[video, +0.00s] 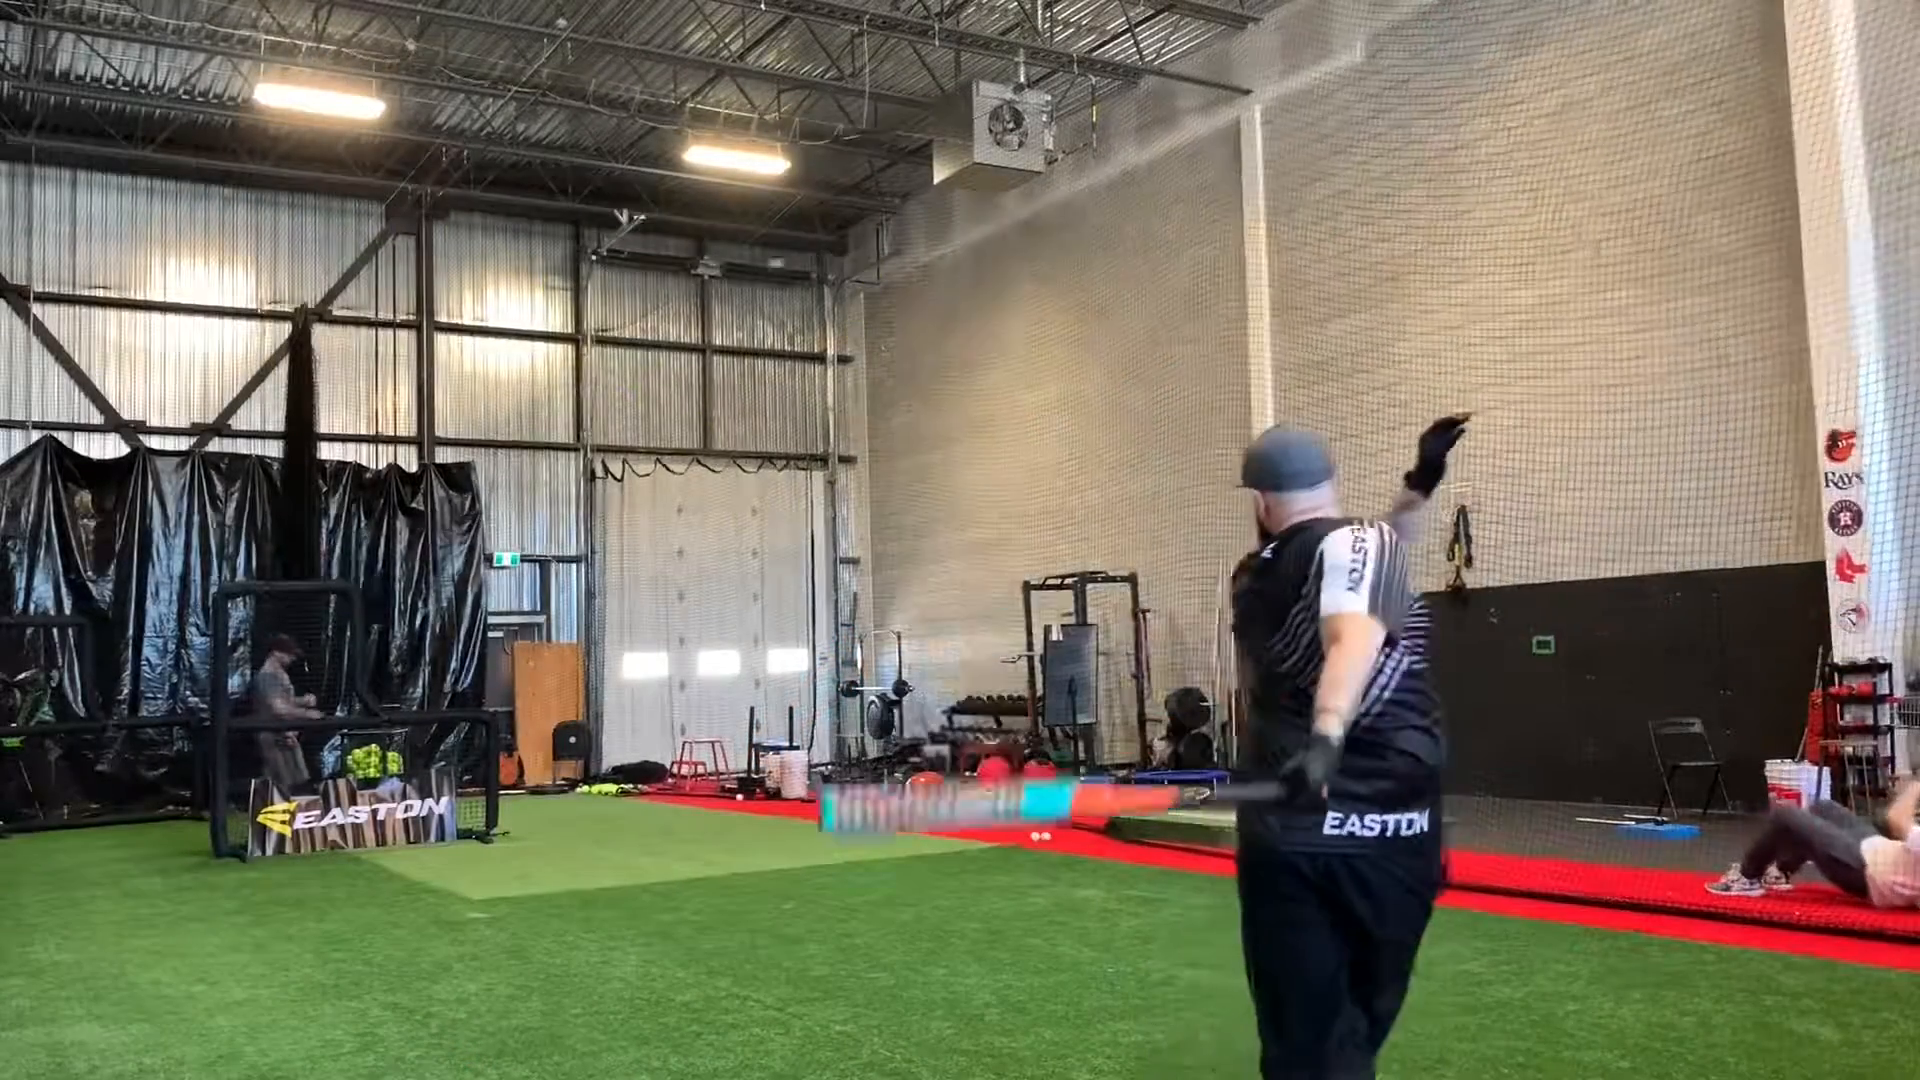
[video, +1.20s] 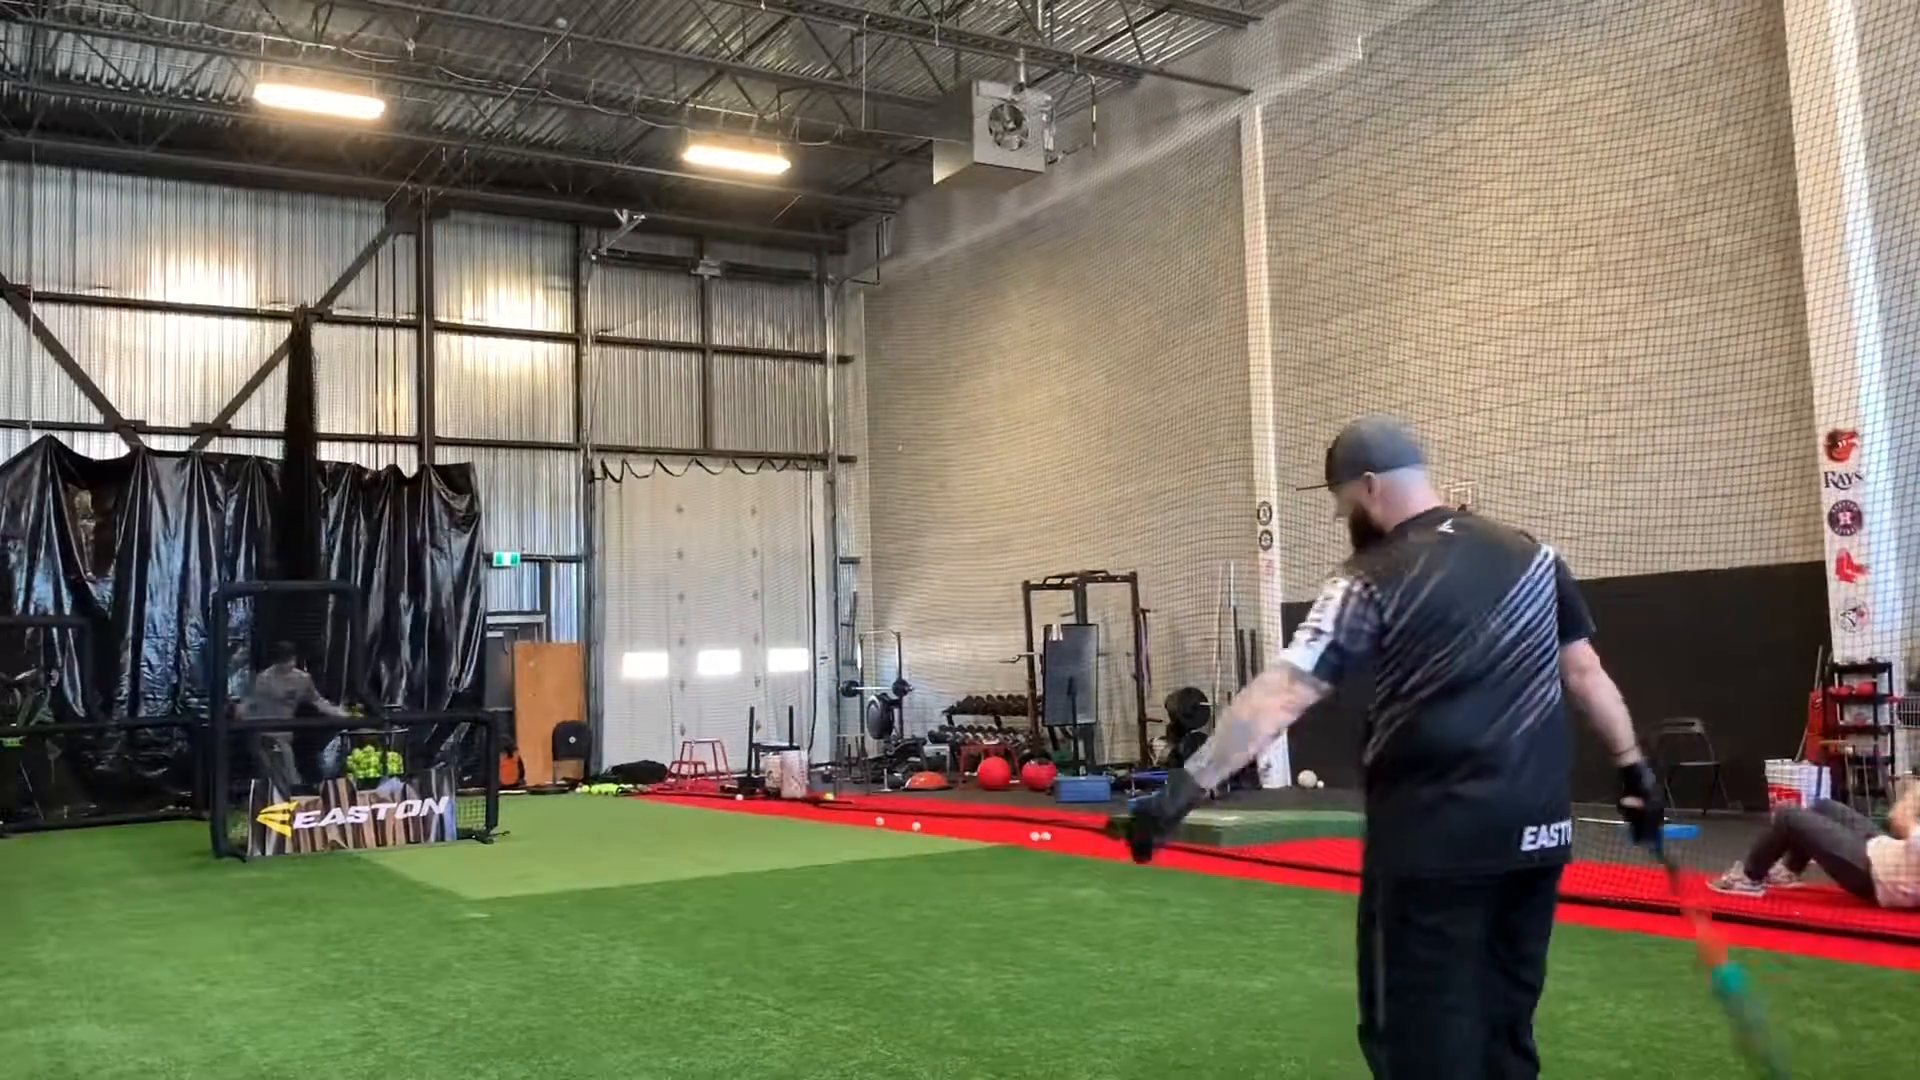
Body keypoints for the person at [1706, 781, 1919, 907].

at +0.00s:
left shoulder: (1919, 843)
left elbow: (1897, 819)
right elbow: (1901, 820)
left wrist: (1912, 788)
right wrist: (1912, 790)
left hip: (1868, 871)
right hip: (1882, 851)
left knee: (1785, 816)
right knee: (1824, 807)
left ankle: (1747, 875)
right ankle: (1781, 871)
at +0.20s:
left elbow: (1904, 821)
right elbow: (1904, 821)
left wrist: (1911, 791)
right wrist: (1914, 792)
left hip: (1882, 876)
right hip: (1893, 852)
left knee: (1794, 817)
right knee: (1833, 811)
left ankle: (1750, 873)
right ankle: (1784, 872)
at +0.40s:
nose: (1902, 802)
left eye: (1907, 799)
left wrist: (1910, 826)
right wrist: (1912, 824)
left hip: (1877, 873)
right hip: (1889, 850)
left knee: (1790, 814)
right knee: (1828, 807)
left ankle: (1750, 873)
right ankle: (1782, 871)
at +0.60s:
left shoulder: (1916, 845)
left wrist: (1899, 821)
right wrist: (1901, 817)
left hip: (1861, 874)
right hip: (1876, 852)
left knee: (1783, 812)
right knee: (1820, 807)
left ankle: (1748, 876)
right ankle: (1780, 874)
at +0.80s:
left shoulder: (1911, 851)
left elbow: (1884, 816)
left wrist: (1906, 785)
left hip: (1854, 867)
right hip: (1871, 848)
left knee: (1770, 806)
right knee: (1813, 801)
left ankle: (1747, 873)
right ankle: (1779, 870)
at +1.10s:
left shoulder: (1917, 844)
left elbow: (1892, 820)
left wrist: (1909, 791)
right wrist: (1909, 794)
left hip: (1865, 862)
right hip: (1879, 843)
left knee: (1782, 813)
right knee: (1821, 805)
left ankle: (1749, 874)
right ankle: (1791, 867)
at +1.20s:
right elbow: (1901, 821)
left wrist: (1909, 826)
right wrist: (1910, 823)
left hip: (1875, 874)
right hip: (1886, 848)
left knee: (1789, 816)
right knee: (1826, 806)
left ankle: (1750, 874)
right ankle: (1789, 868)